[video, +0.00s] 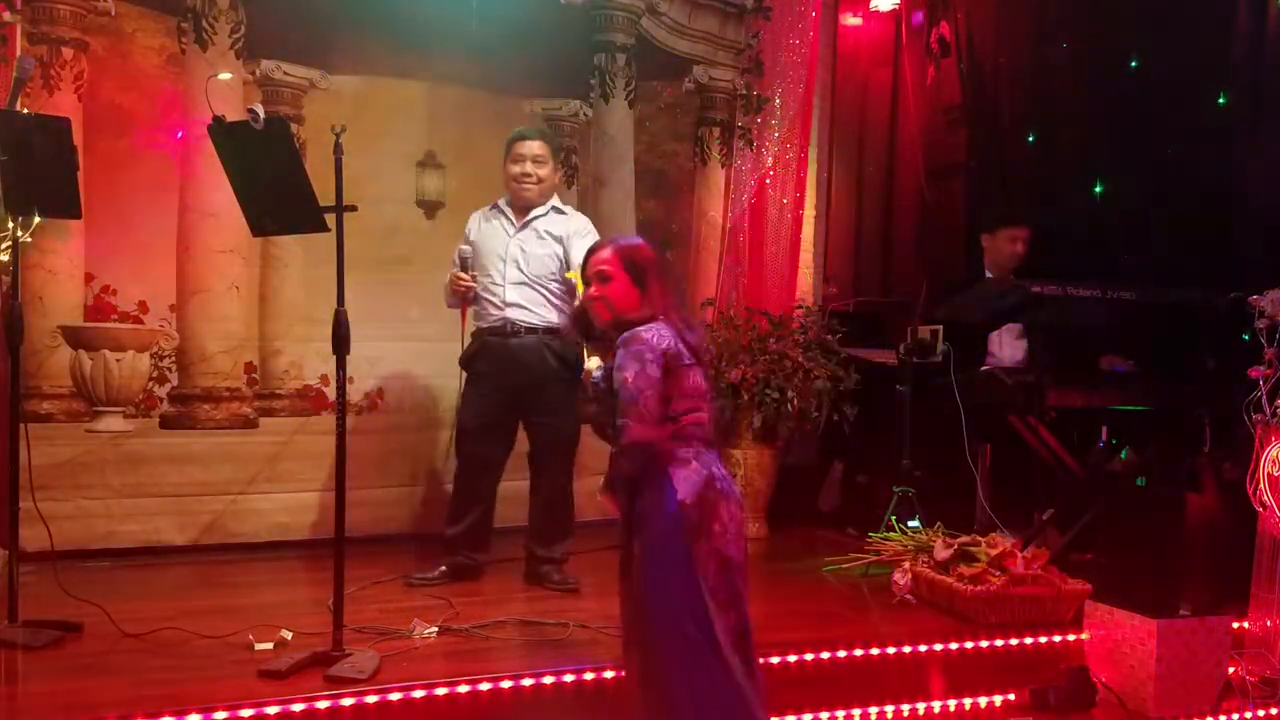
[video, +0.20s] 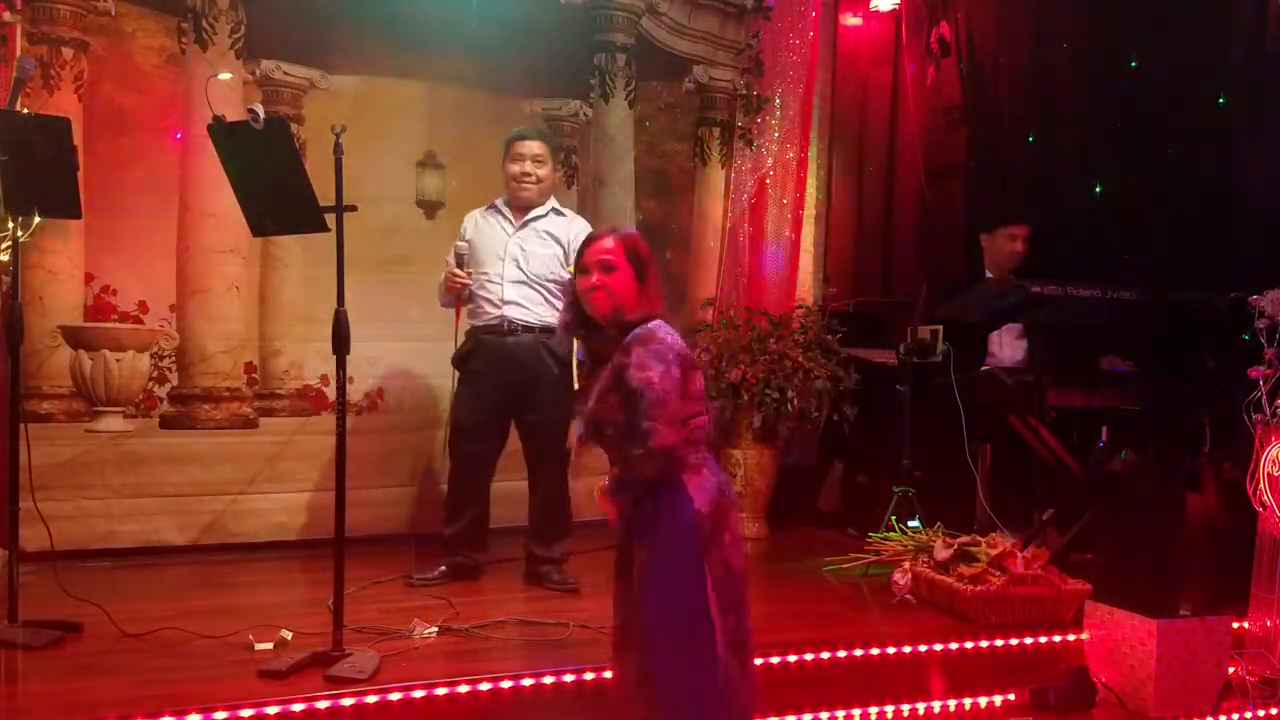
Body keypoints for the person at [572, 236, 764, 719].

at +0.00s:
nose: (593, 291)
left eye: (604, 279)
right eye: (589, 282)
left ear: (639, 283)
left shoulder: (640, 342)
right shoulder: (676, 336)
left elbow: (640, 433)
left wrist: (614, 486)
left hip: (671, 494)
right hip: (708, 484)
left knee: (671, 622)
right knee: (705, 616)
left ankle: (686, 714)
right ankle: (721, 710)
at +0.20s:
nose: (592, 281)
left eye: (606, 268)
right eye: (584, 272)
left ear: (640, 278)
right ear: (577, 286)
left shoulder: (650, 342)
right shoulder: (630, 343)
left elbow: (658, 442)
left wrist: (617, 487)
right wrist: (619, 483)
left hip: (677, 506)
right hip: (659, 503)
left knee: (670, 633)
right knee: (655, 629)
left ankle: (681, 714)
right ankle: (663, 711)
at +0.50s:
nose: (599, 271)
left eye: (616, 261)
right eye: (588, 259)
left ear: (641, 281)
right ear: (571, 278)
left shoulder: (655, 356)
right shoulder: (573, 362)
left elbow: (684, 465)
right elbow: (557, 463)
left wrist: (609, 516)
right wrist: (541, 522)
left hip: (654, 554)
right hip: (601, 553)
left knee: (640, 696)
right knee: (616, 695)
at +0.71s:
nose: (588, 265)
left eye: (605, 254)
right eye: (575, 253)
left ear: (630, 274)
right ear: (556, 272)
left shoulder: (650, 359)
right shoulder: (547, 362)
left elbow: (684, 466)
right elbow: (520, 461)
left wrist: (599, 530)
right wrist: (482, 522)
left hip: (630, 572)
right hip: (550, 568)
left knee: (624, 702)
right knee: (539, 698)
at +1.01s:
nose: (520, 260)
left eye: (539, 245)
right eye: (508, 247)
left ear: (575, 269)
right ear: (494, 267)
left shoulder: (605, 376)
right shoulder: (475, 372)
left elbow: (621, 498)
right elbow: (455, 486)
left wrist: (551, 587)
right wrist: (435, 576)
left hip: (571, 582)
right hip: (472, 580)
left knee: (573, 709)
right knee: (455, 708)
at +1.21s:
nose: (450, 245)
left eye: (471, 230)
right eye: (439, 232)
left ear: (510, 252)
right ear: (425, 252)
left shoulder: (549, 370)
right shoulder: (413, 361)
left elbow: (573, 508)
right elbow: (380, 481)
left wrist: (566, 626)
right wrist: (346, 589)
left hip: (499, 592)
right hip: (403, 586)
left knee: (482, 705)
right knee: (389, 705)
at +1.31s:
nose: (418, 234)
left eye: (439, 218)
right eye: (406, 221)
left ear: (484, 241)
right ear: (393, 242)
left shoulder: (525, 363)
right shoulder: (378, 355)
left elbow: (560, 504)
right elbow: (336, 480)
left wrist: (562, 627)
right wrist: (287, 593)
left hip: (472, 592)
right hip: (374, 591)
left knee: (455, 709)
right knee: (354, 709)